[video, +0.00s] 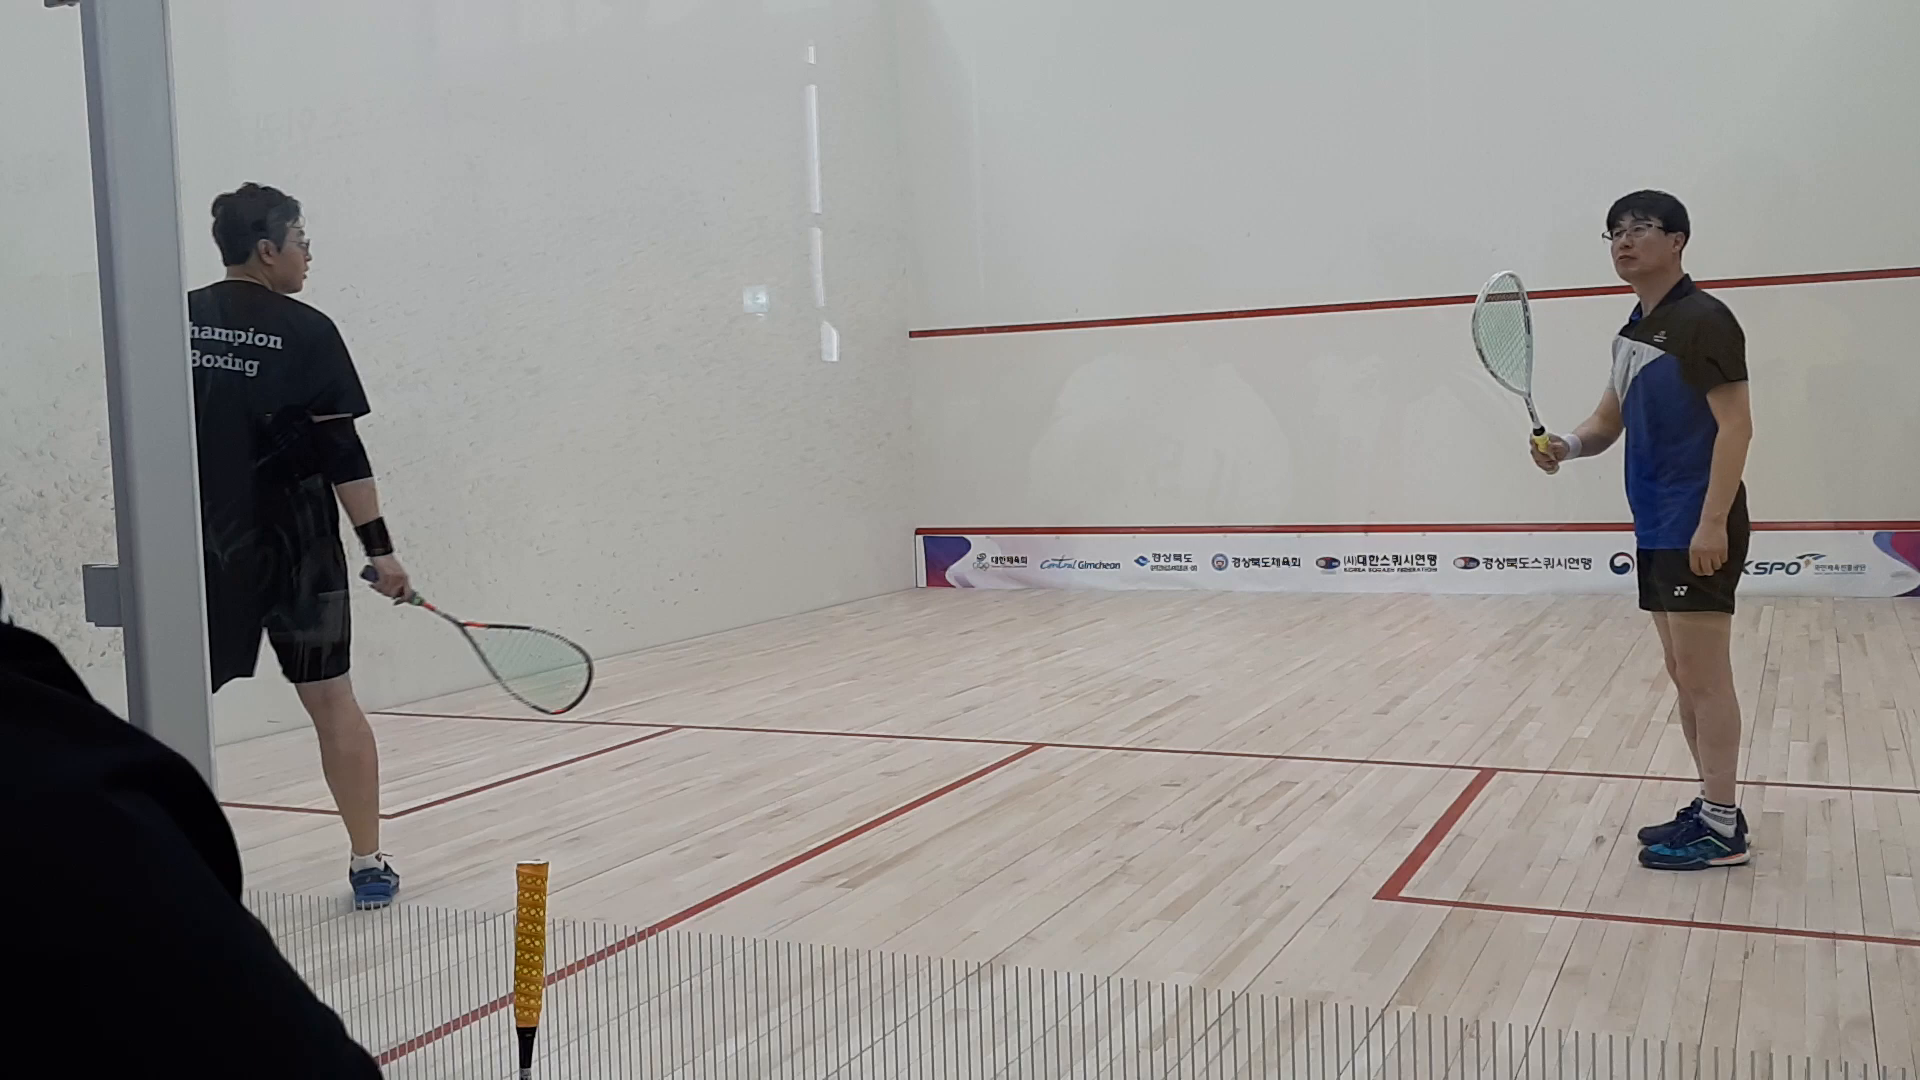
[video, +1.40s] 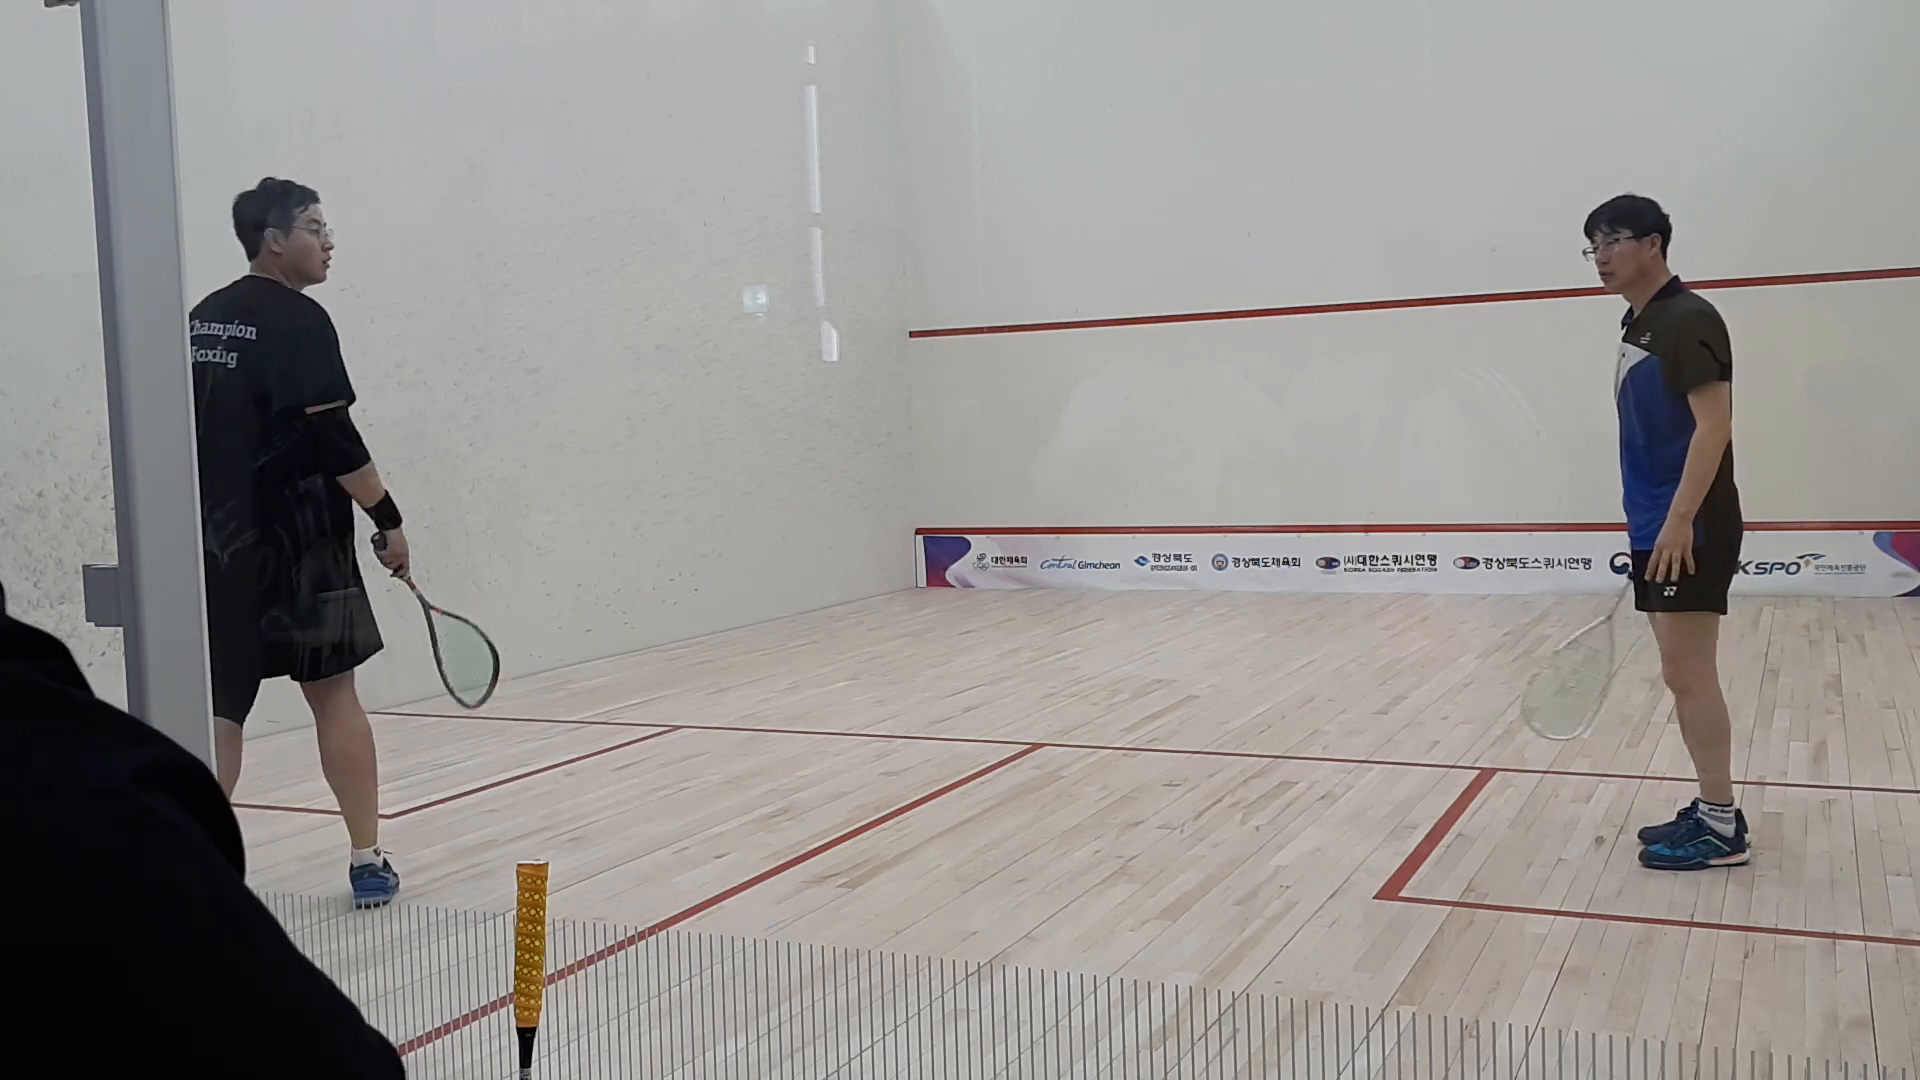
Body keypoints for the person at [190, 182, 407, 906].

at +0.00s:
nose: (309, 253)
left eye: (305, 239)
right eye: (300, 242)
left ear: (240, 252)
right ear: (264, 252)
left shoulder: (178, 316)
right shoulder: (308, 330)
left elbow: (152, 435)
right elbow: (343, 451)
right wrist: (381, 549)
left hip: (204, 546)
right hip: (300, 546)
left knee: (176, 703)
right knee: (333, 705)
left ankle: (155, 868)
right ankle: (368, 864)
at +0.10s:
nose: (340, 250)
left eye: (337, 236)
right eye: (331, 238)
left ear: (271, 246)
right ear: (295, 245)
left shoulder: (197, 313)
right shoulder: (331, 325)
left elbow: (162, 427)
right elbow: (374, 443)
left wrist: (152, 537)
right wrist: (418, 541)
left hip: (214, 546)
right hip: (317, 550)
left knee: (179, 705)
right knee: (342, 704)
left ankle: (160, 864)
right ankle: (369, 863)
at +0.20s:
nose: (363, 245)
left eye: (360, 232)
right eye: (353, 233)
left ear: (296, 240)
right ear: (319, 239)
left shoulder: (221, 307)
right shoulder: (350, 322)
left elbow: (198, 413)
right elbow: (393, 442)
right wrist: (435, 538)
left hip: (235, 544)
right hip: (332, 549)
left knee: (208, 691)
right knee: (348, 701)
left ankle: (197, 851)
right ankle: (369, 862)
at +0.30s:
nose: (382, 249)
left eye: (380, 235)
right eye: (375, 236)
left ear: (310, 241)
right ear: (339, 242)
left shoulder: (240, 303)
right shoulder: (362, 326)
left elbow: (228, 400)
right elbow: (394, 446)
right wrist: (433, 548)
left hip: (250, 539)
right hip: (342, 544)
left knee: (229, 685)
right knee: (352, 696)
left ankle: (242, 844)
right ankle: (369, 863)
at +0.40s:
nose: (400, 253)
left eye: (398, 239)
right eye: (392, 240)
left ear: (328, 245)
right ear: (354, 246)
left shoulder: (256, 301)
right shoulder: (368, 330)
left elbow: (252, 386)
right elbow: (389, 455)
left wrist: (366, 320)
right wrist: (416, 560)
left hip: (259, 537)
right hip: (345, 541)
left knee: (241, 688)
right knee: (354, 694)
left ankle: (248, 846)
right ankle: (370, 862)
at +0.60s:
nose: (425, 270)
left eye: (427, 256)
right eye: (422, 255)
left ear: (358, 246)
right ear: (388, 249)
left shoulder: (281, 295)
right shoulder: (385, 334)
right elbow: (384, 459)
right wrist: (385, 564)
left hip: (260, 537)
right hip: (337, 545)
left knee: (247, 691)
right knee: (354, 694)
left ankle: (244, 847)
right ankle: (369, 861)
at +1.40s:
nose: (329, 242)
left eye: (326, 229)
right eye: (316, 230)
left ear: (265, 243)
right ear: (273, 239)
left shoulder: (198, 316)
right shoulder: (300, 318)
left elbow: (184, 434)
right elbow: (333, 436)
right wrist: (388, 519)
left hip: (214, 553)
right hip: (302, 549)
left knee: (218, 720)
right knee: (337, 702)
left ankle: (199, 875)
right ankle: (367, 860)